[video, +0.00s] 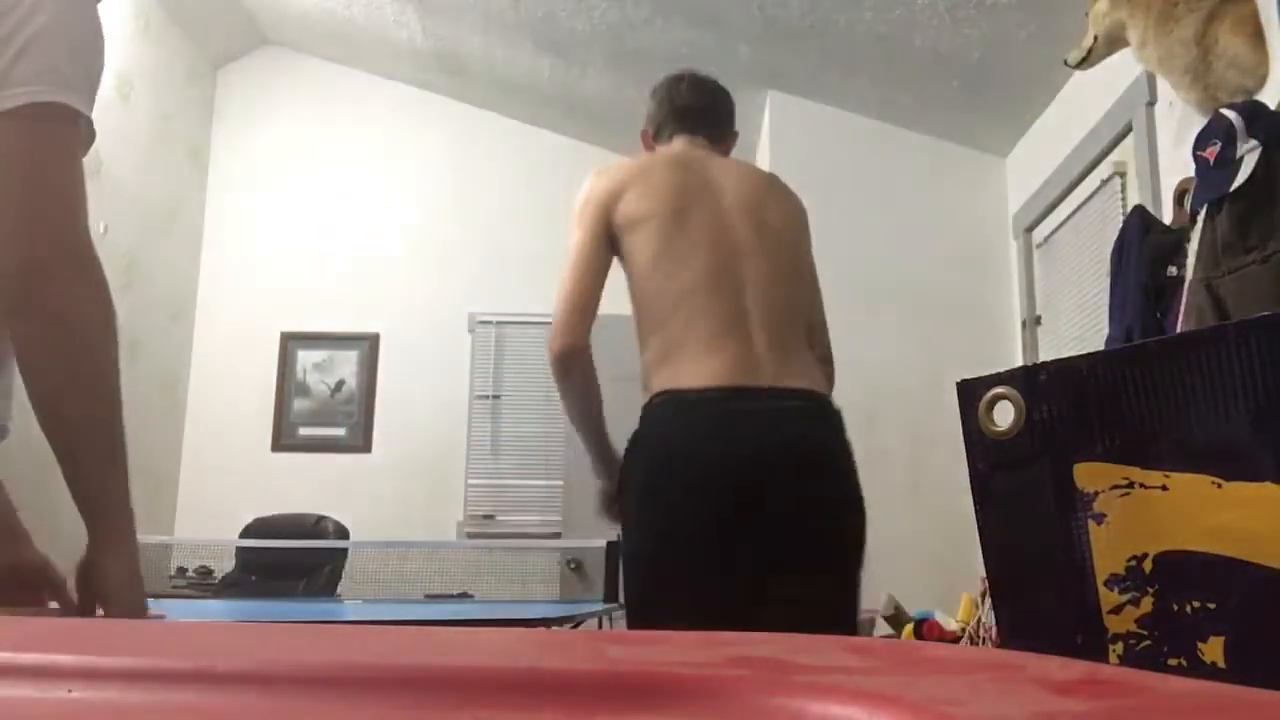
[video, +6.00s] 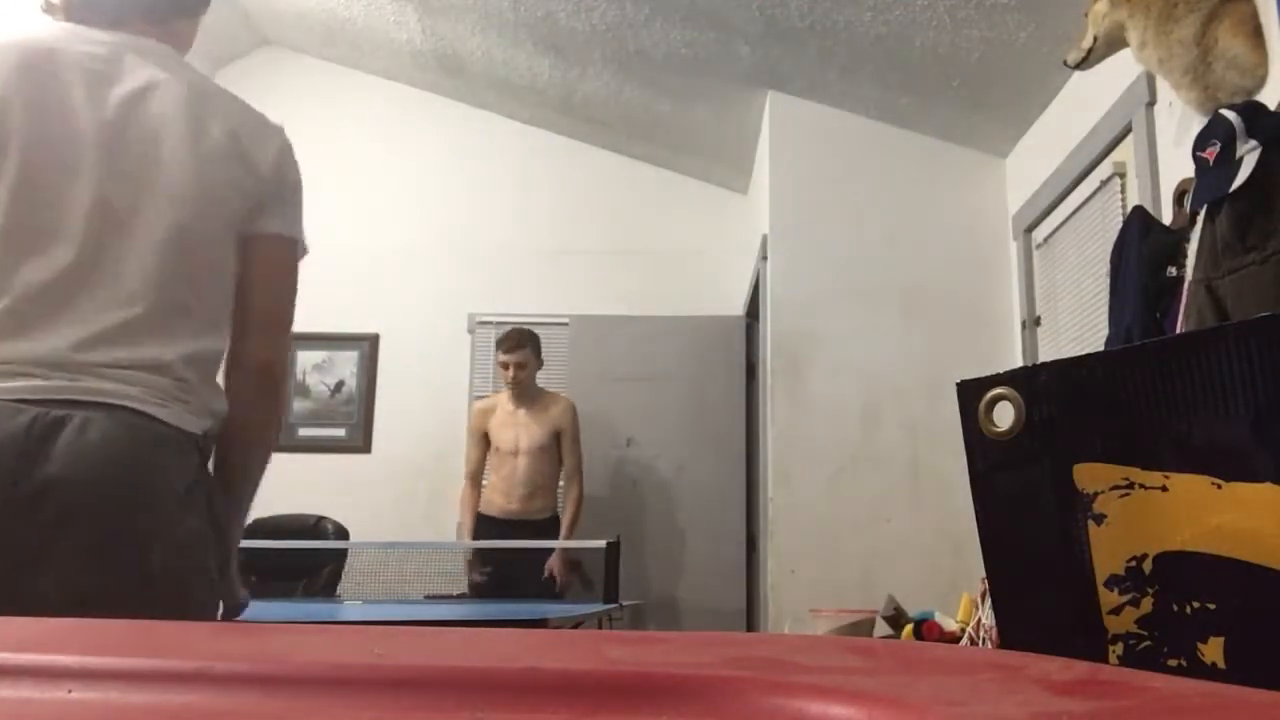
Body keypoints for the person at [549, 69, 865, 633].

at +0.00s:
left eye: (641, 139)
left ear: (648, 137)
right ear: (730, 142)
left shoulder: (618, 182)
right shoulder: (782, 195)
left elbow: (566, 346)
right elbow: (820, 352)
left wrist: (608, 469)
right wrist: (804, 457)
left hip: (684, 454)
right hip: (810, 453)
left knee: (676, 684)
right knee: (812, 683)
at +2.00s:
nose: (594, 346)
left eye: (596, 336)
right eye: (593, 337)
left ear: (614, 332)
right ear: (635, 330)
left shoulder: (618, 366)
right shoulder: (671, 380)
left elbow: (628, 451)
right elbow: (685, 475)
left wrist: (614, 538)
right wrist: (605, 482)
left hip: (644, 523)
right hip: (683, 521)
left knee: (636, 637)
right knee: (684, 635)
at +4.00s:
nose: (539, 342)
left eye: (549, 334)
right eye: (533, 336)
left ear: (571, 342)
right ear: (529, 344)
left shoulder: (597, 395)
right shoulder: (516, 400)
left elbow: (620, 468)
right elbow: (513, 472)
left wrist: (626, 545)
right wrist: (511, 524)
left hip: (573, 528)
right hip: (518, 528)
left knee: (568, 635)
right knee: (505, 633)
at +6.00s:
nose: (511, 375)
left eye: (521, 366)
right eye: (505, 366)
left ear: (538, 364)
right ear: (497, 365)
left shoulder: (560, 409)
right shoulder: (483, 411)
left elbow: (573, 483)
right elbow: (472, 482)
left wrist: (561, 550)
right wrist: (466, 545)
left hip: (541, 531)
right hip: (490, 529)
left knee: (536, 629)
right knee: (486, 626)